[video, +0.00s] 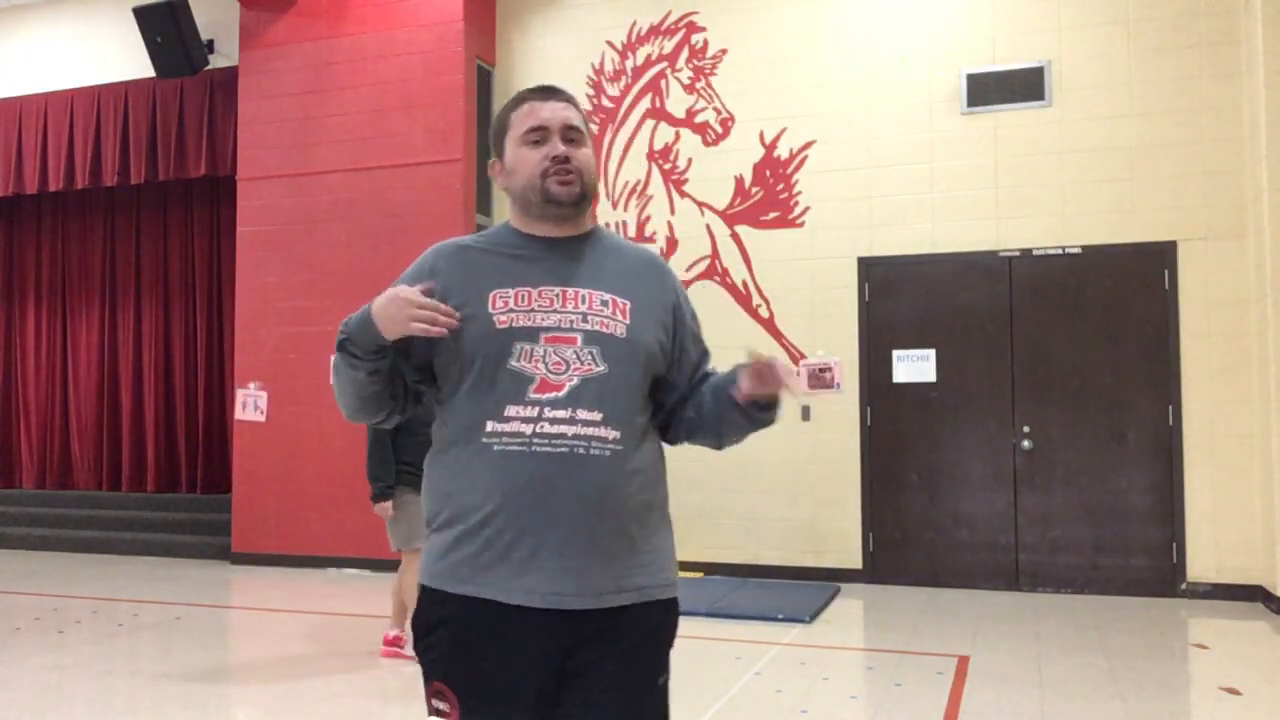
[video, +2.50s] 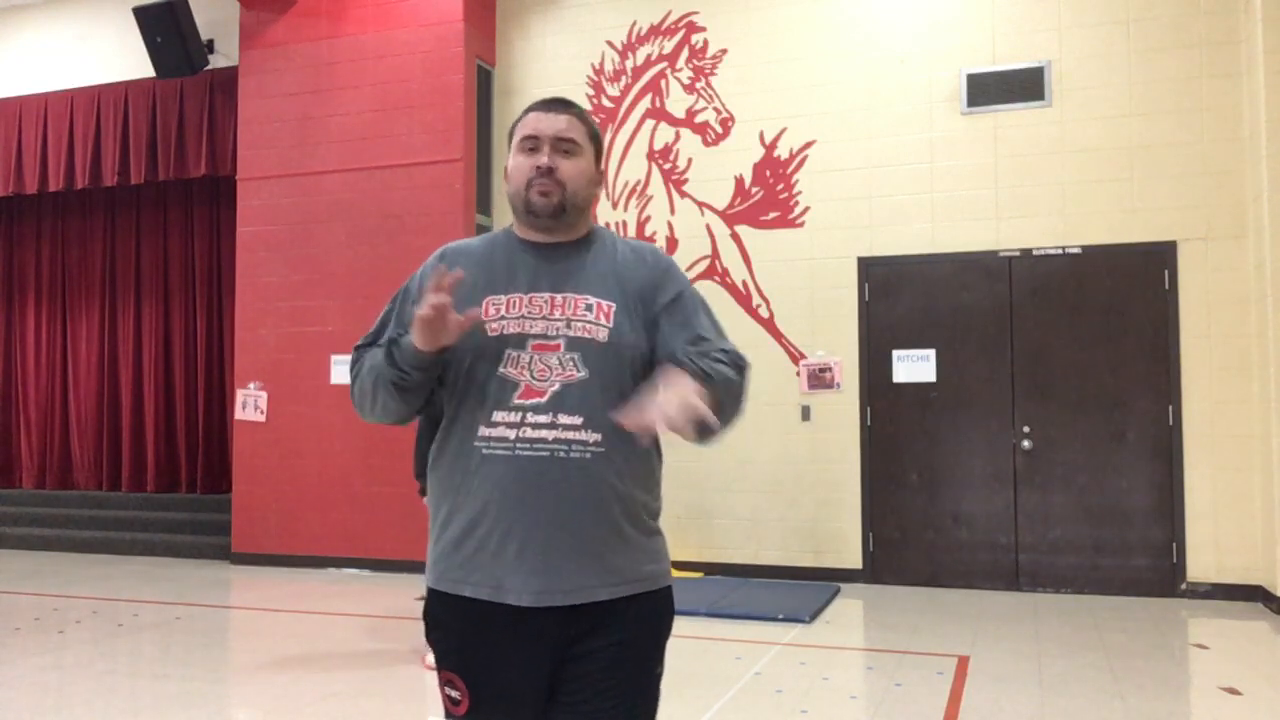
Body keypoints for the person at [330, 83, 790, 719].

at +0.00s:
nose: (560, 149)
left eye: (574, 136)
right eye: (536, 138)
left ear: (596, 160)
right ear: (499, 169)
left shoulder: (649, 276)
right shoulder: (449, 269)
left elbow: (680, 407)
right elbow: (367, 406)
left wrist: (739, 393)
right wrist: (370, 331)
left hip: (625, 600)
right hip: (480, 598)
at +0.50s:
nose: (516, 175)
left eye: (529, 161)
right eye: (494, 165)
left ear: (553, 181)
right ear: (465, 195)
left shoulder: (613, 273)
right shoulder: (427, 287)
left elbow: (671, 383)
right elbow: (360, 404)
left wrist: (576, 324)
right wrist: (419, 393)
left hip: (583, 581)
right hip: (449, 582)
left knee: (568, 711)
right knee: (456, 713)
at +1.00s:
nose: (504, 182)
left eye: (520, 170)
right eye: (486, 171)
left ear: (548, 192)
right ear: (462, 198)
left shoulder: (595, 272)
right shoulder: (420, 293)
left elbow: (613, 374)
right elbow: (362, 406)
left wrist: (470, 365)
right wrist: (429, 397)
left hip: (571, 573)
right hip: (440, 577)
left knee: (561, 710)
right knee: (447, 713)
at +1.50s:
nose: (527, 183)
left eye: (537, 172)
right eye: (506, 170)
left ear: (550, 192)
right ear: (466, 193)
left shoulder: (602, 283)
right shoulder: (416, 291)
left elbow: (692, 354)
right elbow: (339, 393)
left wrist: (619, 368)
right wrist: (406, 386)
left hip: (578, 580)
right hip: (447, 580)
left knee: (569, 711)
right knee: (454, 714)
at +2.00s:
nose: (546, 181)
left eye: (559, 171)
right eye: (526, 166)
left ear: (573, 192)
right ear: (484, 188)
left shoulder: (616, 280)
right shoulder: (430, 283)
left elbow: (683, 376)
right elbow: (367, 415)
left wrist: (625, 300)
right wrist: (400, 372)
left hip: (586, 582)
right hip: (454, 582)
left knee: (577, 710)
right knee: (459, 713)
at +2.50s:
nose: (545, 161)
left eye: (566, 149)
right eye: (529, 147)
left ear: (597, 177)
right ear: (507, 170)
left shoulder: (647, 271)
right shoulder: (451, 269)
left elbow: (719, 369)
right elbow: (372, 397)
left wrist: (683, 389)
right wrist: (419, 351)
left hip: (617, 590)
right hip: (478, 590)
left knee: (610, 710)